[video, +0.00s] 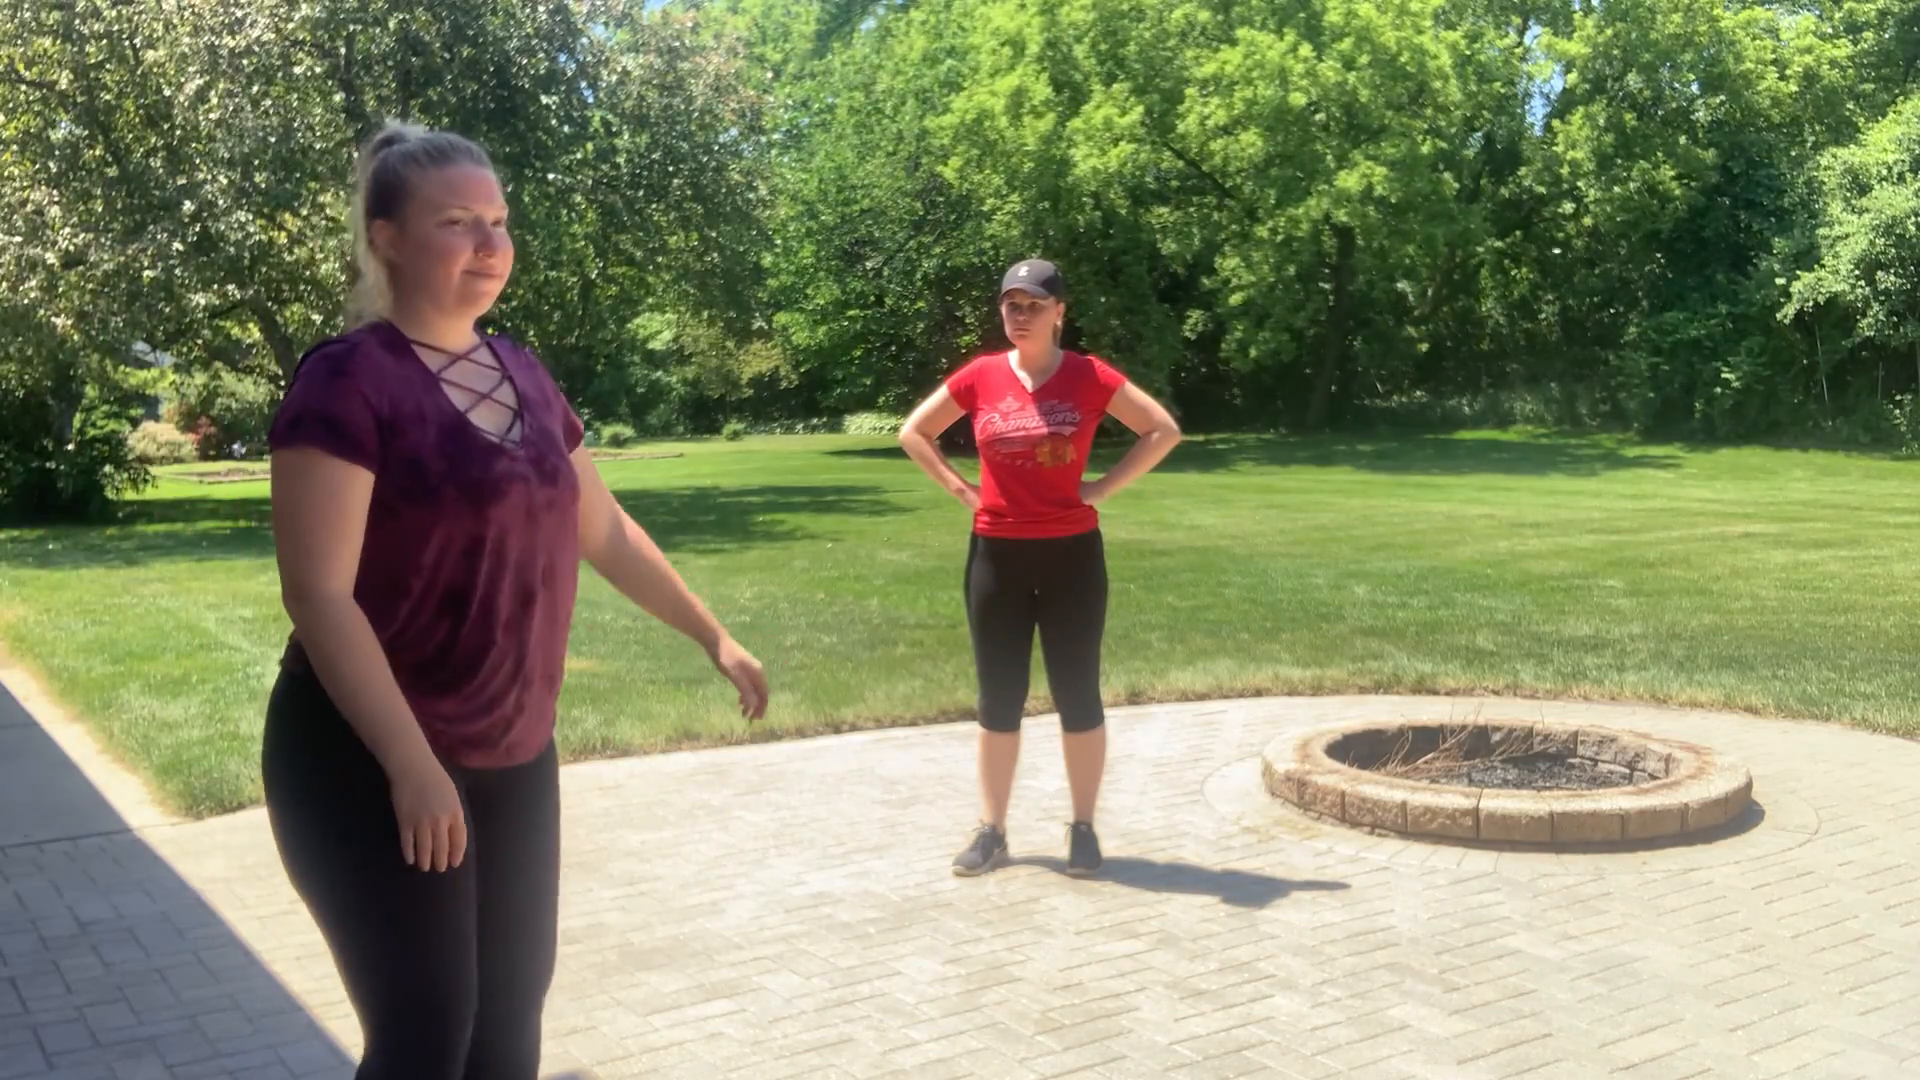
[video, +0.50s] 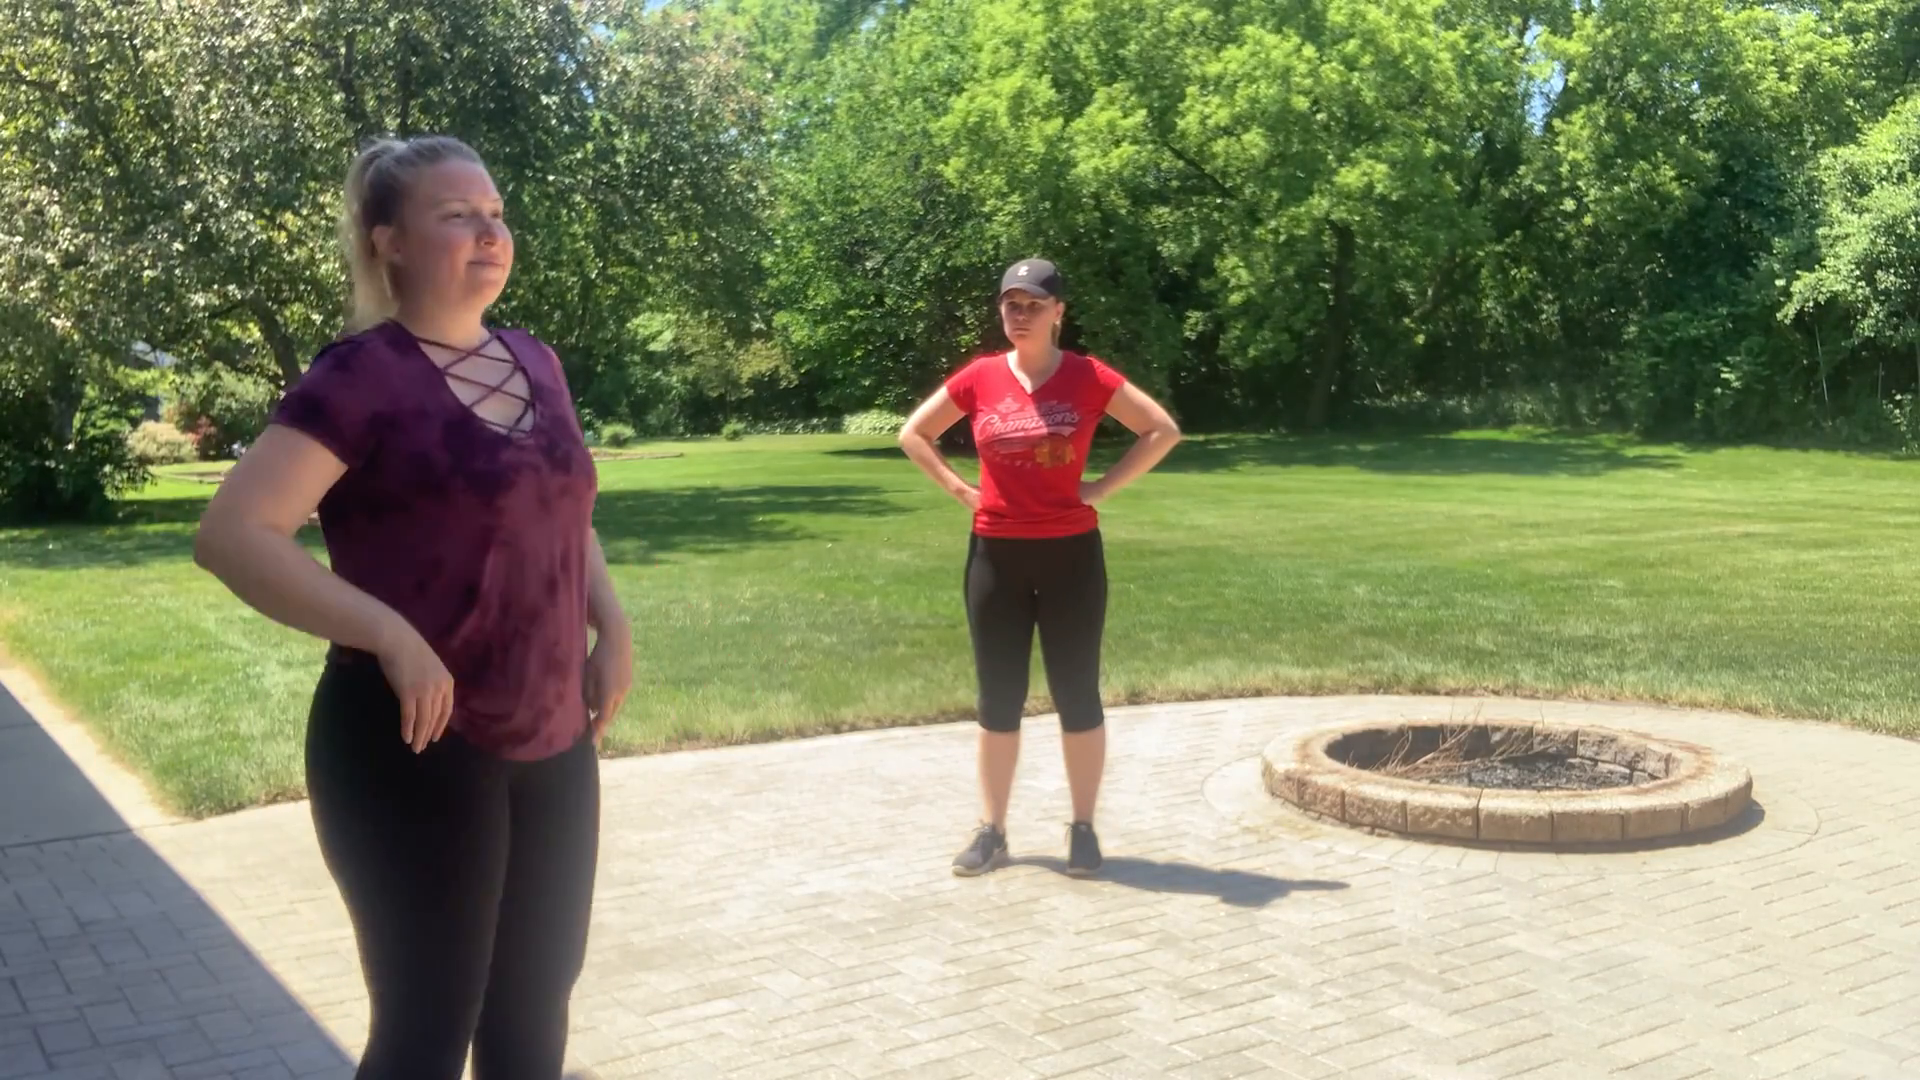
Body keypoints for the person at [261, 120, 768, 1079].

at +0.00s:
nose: (493, 241)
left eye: (500, 220)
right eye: (460, 220)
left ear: (513, 232)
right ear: (385, 238)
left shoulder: (517, 370)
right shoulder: (346, 383)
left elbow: (609, 533)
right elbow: (317, 594)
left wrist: (714, 635)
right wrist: (412, 763)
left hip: (510, 750)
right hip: (365, 753)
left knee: (508, 1041)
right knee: (425, 1042)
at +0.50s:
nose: (491, 238)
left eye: (498, 218)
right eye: (458, 220)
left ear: (510, 235)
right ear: (387, 244)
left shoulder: (537, 362)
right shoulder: (360, 376)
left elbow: (563, 519)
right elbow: (230, 534)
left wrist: (613, 622)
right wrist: (388, 629)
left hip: (552, 730)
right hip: (414, 738)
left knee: (530, 1035)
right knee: (424, 1041)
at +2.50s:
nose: (563, 260)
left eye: (560, 240)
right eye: (538, 243)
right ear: (462, 261)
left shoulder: (528, 370)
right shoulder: (426, 377)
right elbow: (306, 501)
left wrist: (560, 600)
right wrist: (425, 619)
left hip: (566, 717)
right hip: (462, 726)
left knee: (519, 984)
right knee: (444, 1019)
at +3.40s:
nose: (508, 254)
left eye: (510, 233)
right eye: (474, 243)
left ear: (522, 243)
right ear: (417, 275)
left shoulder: (570, 353)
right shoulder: (402, 361)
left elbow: (582, 478)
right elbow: (294, 506)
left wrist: (646, 514)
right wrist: (411, 597)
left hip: (585, 713)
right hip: (452, 721)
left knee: (534, 983)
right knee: (463, 1017)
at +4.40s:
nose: (543, 262)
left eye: (535, 240)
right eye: (528, 240)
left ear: (469, 257)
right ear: (477, 251)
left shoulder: (485, 377)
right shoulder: (432, 367)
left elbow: (493, 551)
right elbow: (405, 553)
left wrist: (615, 602)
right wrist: (539, 657)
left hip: (535, 720)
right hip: (464, 727)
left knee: (508, 1005)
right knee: (479, 1024)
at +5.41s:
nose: (553, 270)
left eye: (548, 248)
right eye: (545, 247)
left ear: (466, 261)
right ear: (507, 256)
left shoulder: (486, 380)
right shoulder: (455, 388)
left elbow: (482, 585)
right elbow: (444, 594)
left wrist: (556, 737)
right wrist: (530, 758)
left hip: (535, 735)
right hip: (480, 740)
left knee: (513, 1018)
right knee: (482, 1031)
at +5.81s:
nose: (571, 263)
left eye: (565, 241)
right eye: (559, 241)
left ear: (503, 263)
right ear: (513, 259)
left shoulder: (526, 372)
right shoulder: (453, 384)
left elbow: (546, 550)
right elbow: (426, 596)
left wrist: (618, 657)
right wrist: (483, 767)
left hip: (574, 726)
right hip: (491, 734)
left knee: (531, 998)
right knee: (475, 1023)